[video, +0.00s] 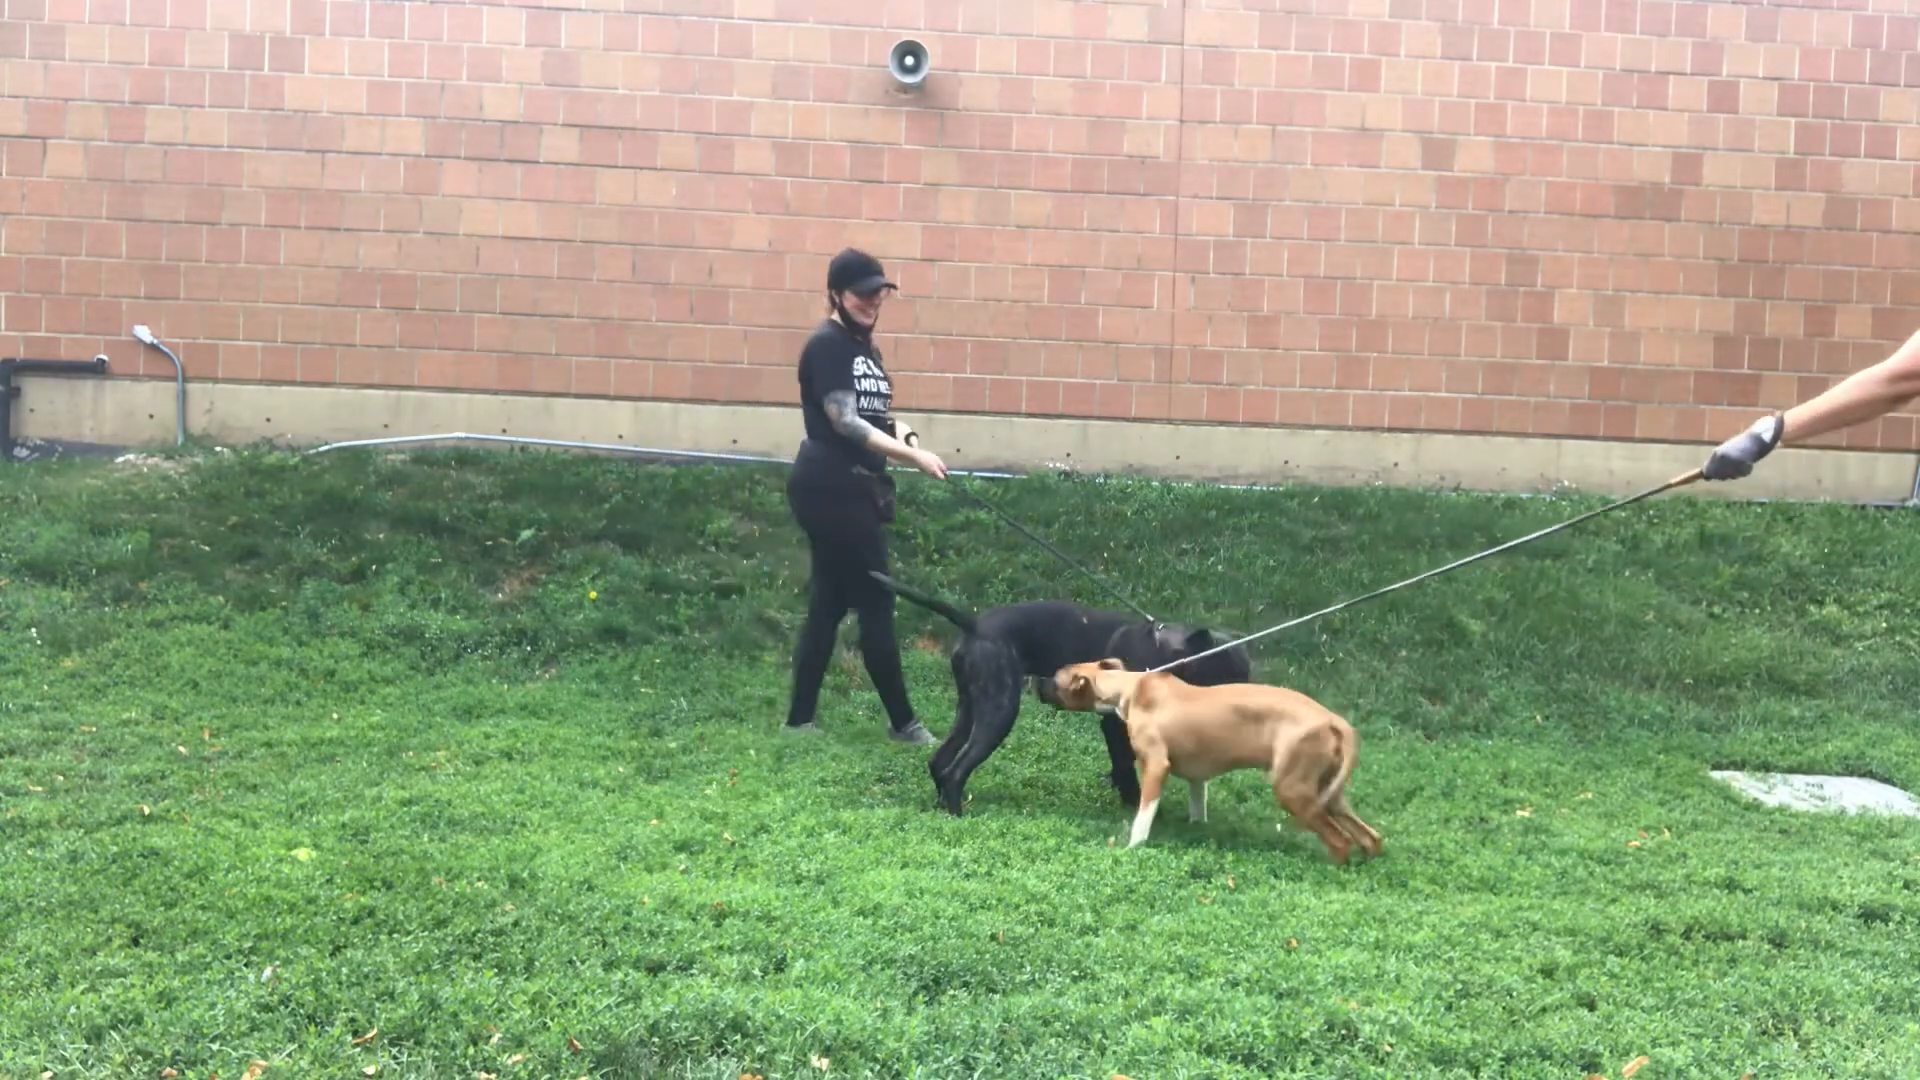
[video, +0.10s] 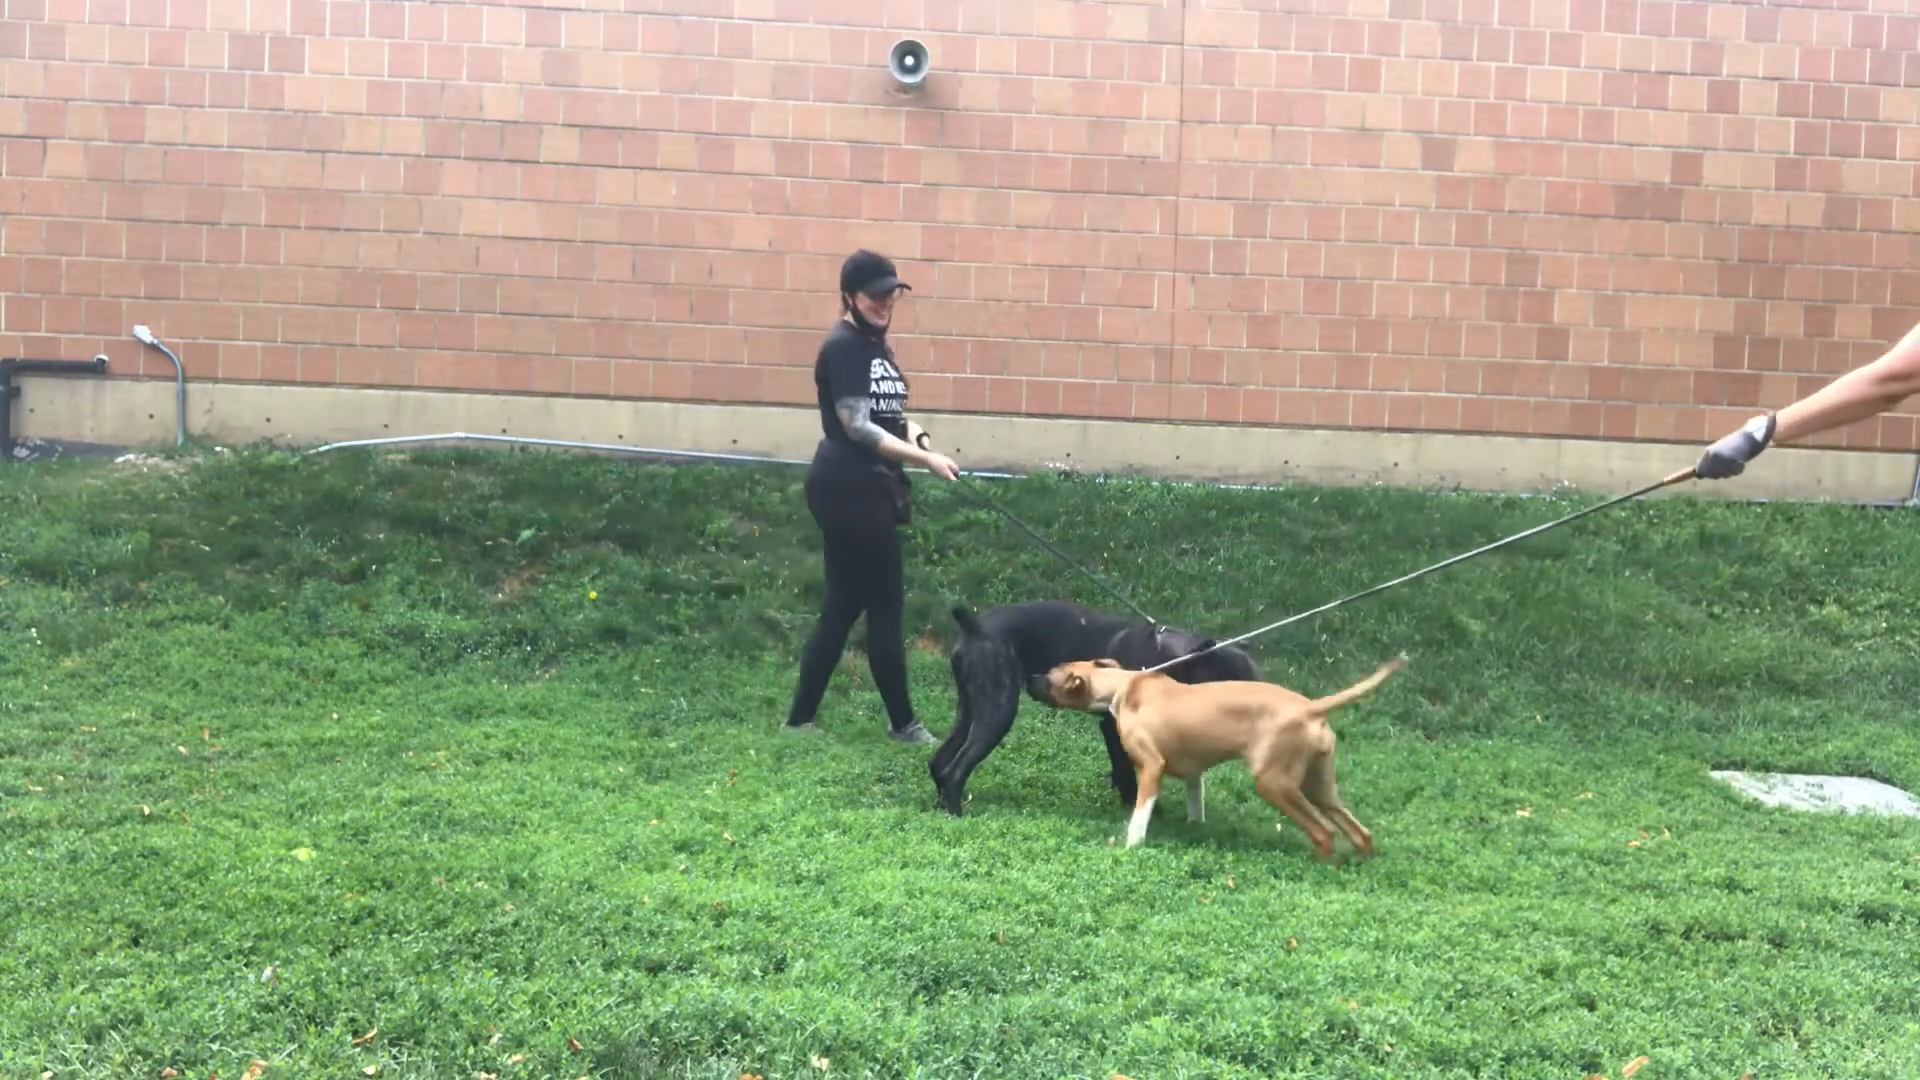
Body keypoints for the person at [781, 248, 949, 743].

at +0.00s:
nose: (872, 303)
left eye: (878, 294)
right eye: (863, 295)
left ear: (883, 295)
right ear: (838, 295)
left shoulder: (865, 349)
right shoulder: (828, 345)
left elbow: (875, 414)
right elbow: (841, 418)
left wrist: (904, 436)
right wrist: (909, 453)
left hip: (853, 483)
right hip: (833, 484)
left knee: (827, 604)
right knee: (876, 600)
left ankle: (800, 721)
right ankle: (904, 724)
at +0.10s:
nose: (885, 304)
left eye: (890, 295)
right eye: (875, 296)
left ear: (895, 296)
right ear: (851, 298)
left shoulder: (876, 346)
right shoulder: (844, 348)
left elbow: (891, 412)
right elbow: (855, 425)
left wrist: (918, 438)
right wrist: (924, 457)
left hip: (858, 482)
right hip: (851, 484)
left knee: (842, 605)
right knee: (886, 603)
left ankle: (800, 721)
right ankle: (904, 725)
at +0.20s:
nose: (900, 302)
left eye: (905, 294)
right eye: (890, 295)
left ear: (909, 295)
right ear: (865, 298)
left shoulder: (892, 346)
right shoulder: (859, 348)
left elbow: (909, 414)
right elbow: (875, 424)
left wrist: (935, 440)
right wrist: (946, 458)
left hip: (880, 480)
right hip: (867, 483)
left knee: (863, 609)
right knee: (897, 603)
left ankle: (805, 716)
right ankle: (904, 725)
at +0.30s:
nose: (914, 302)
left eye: (919, 293)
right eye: (904, 295)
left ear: (923, 295)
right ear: (879, 298)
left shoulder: (905, 345)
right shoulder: (874, 347)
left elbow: (923, 411)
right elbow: (899, 423)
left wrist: (944, 435)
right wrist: (967, 462)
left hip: (896, 480)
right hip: (875, 481)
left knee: (903, 598)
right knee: (902, 601)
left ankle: (826, 702)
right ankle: (904, 726)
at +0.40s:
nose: (928, 302)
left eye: (933, 293)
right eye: (918, 295)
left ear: (937, 294)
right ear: (893, 296)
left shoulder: (916, 343)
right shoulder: (888, 345)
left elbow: (925, 410)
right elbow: (922, 423)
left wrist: (947, 425)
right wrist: (983, 465)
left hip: (916, 480)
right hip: (886, 481)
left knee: (942, 594)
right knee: (907, 602)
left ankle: (855, 682)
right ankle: (905, 725)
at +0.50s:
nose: (943, 300)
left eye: (948, 291)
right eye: (934, 291)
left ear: (951, 293)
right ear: (907, 293)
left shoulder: (929, 343)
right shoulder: (899, 343)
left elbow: (931, 421)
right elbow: (930, 419)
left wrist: (946, 474)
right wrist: (990, 459)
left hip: (930, 480)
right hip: (896, 480)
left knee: (971, 588)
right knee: (910, 599)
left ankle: (895, 681)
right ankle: (905, 722)